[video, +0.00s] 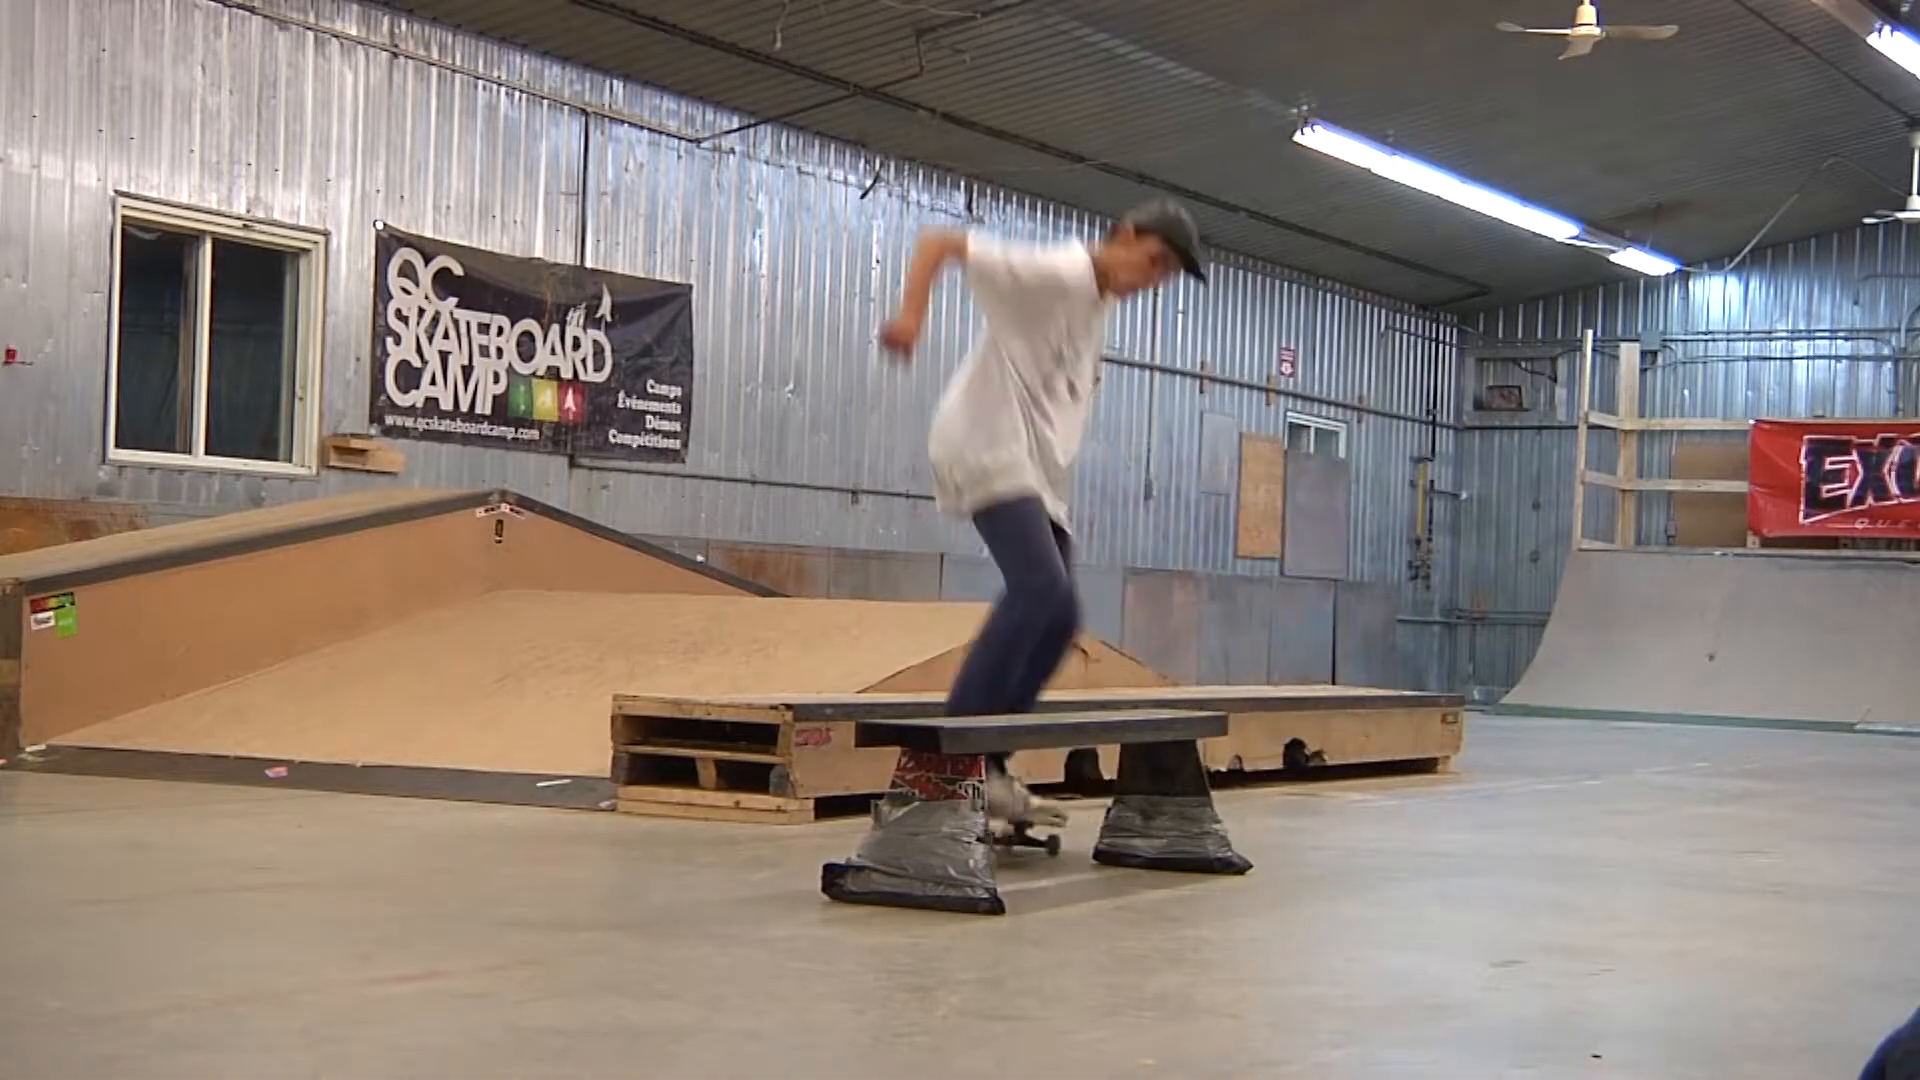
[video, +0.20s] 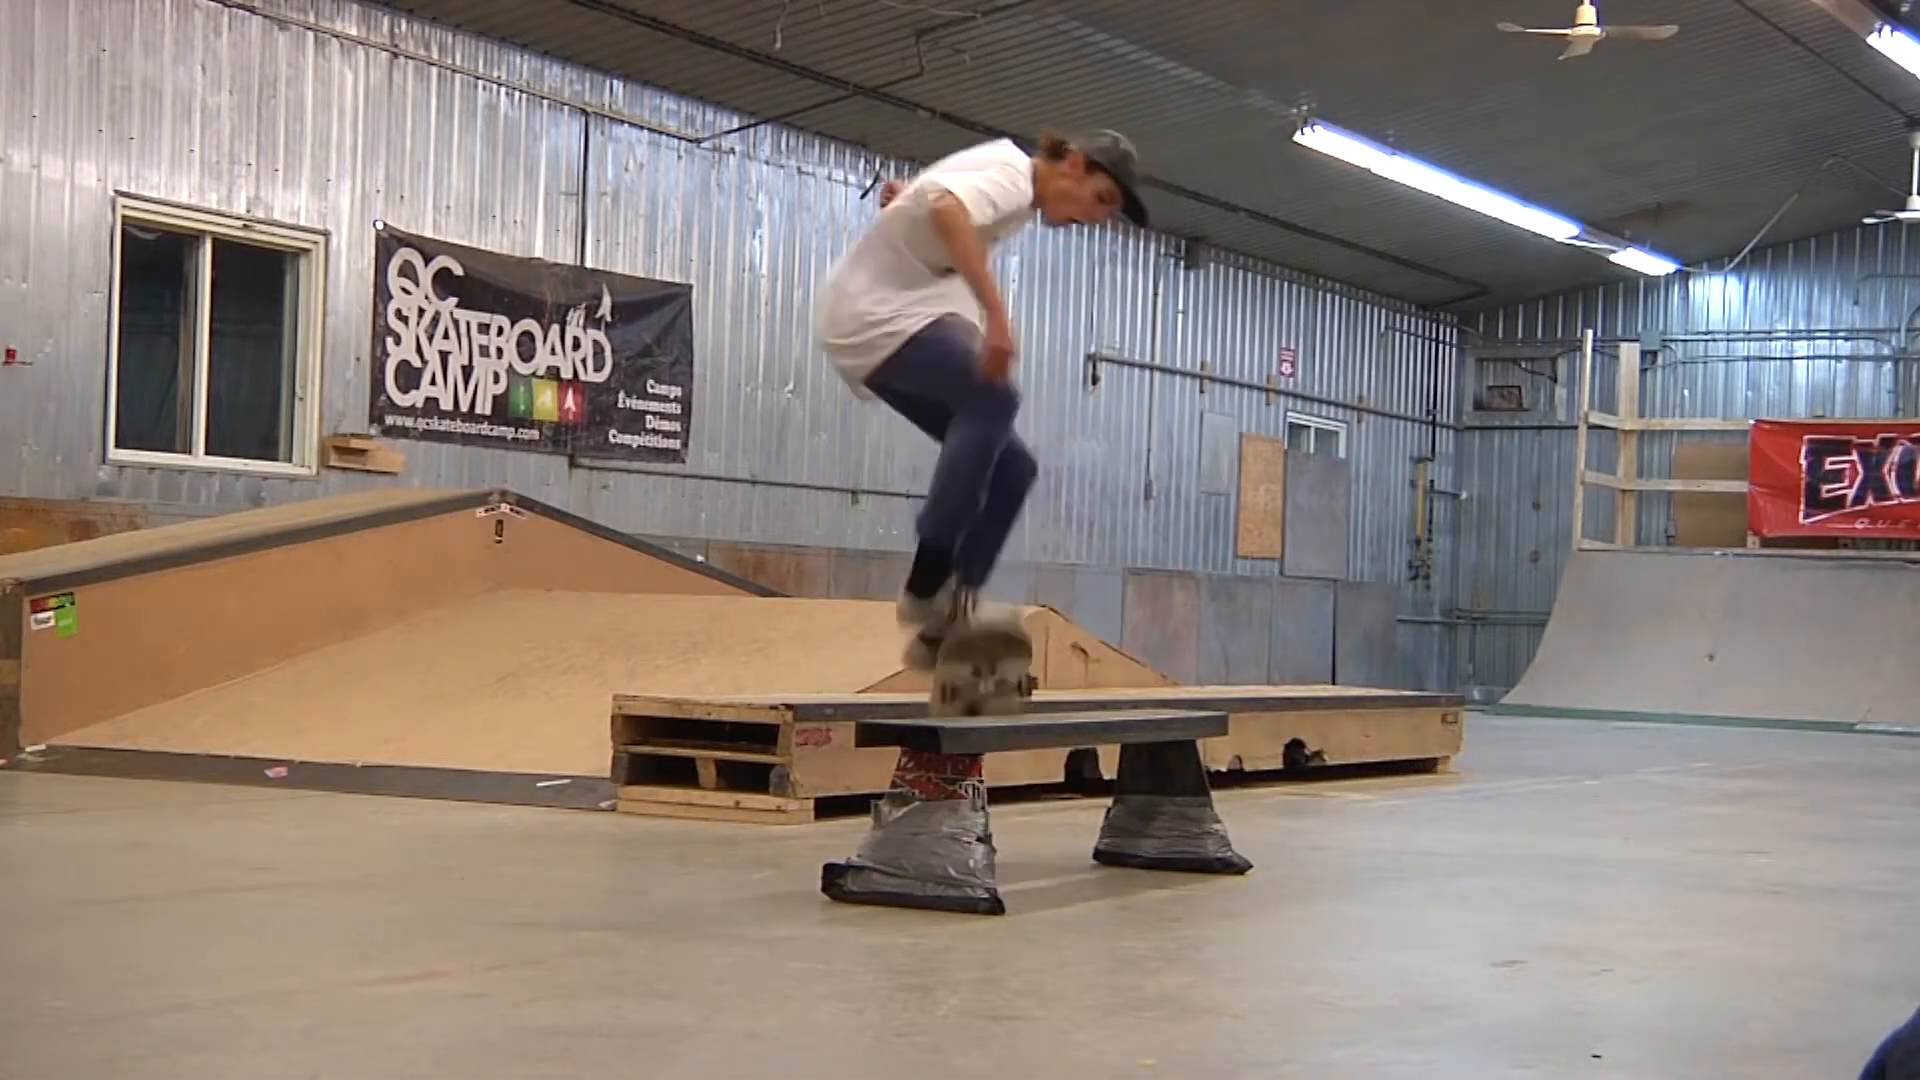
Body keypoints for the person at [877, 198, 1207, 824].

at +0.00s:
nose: (1151, 282)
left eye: (1163, 275)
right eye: (1154, 262)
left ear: (1158, 270)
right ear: (1125, 234)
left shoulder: (1095, 298)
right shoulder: (1060, 271)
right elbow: (938, 241)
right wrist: (910, 316)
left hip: (1035, 462)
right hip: (986, 446)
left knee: (1059, 613)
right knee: (1038, 590)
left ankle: (984, 758)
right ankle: (949, 755)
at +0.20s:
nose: (1092, 219)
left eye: (1106, 214)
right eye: (1101, 200)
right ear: (1075, 163)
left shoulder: (1007, 182)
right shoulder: (1013, 175)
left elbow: (907, 196)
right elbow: (947, 207)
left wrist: (903, 198)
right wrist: (996, 316)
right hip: (878, 315)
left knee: (1015, 467)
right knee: (991, 397)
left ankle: (950, 612)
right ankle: (923, 592)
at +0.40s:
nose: (975, 179)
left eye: (984, 174)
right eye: (981, 163)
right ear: (955, 123)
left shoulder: (893, 168)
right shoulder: (877, 125)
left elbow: (878, 189)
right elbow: (880, 117)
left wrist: (895, 213)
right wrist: (963, 152)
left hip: (811, 296)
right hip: (774, 288)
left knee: (929, 419)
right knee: (884, 453)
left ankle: (795, 557)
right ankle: (881, 657)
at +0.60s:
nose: (812, 174)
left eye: (823, 165)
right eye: (819, 154)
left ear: (798, 135)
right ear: (789, 114)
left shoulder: (756, 198)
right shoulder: (694, 122)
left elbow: (843, 237)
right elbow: (575, 85)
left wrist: (948, 228)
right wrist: (463, 30)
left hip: (616, 372)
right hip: (690, 353)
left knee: (668, 584)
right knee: (783, 515)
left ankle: (545, 731)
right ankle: (763, 693)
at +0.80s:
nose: (661, 248)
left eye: (671, 235)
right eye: (668, 228)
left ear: (635, 196)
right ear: (640, 194)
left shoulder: (575, 256)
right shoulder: (548, 241)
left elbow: (664, 331)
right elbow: (434, 342)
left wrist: (690, 292)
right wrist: (406, 490)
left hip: (428, 500)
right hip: (498, 499)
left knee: (459, 688)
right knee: (573, 645)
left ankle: (375, 843)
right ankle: (589, 839)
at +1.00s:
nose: (496, 218)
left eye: (509, 205)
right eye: (505, 198)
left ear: (446, 149)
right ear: (475, 167)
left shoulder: (328, 166)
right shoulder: (386, 241)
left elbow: (406, 326)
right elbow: (308, 386)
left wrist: (471, 433)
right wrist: (362, 534)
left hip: (183, 430)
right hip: (279, 453)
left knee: (225, 640)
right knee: (361, 626)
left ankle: (183, 845)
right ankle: (401, 838)